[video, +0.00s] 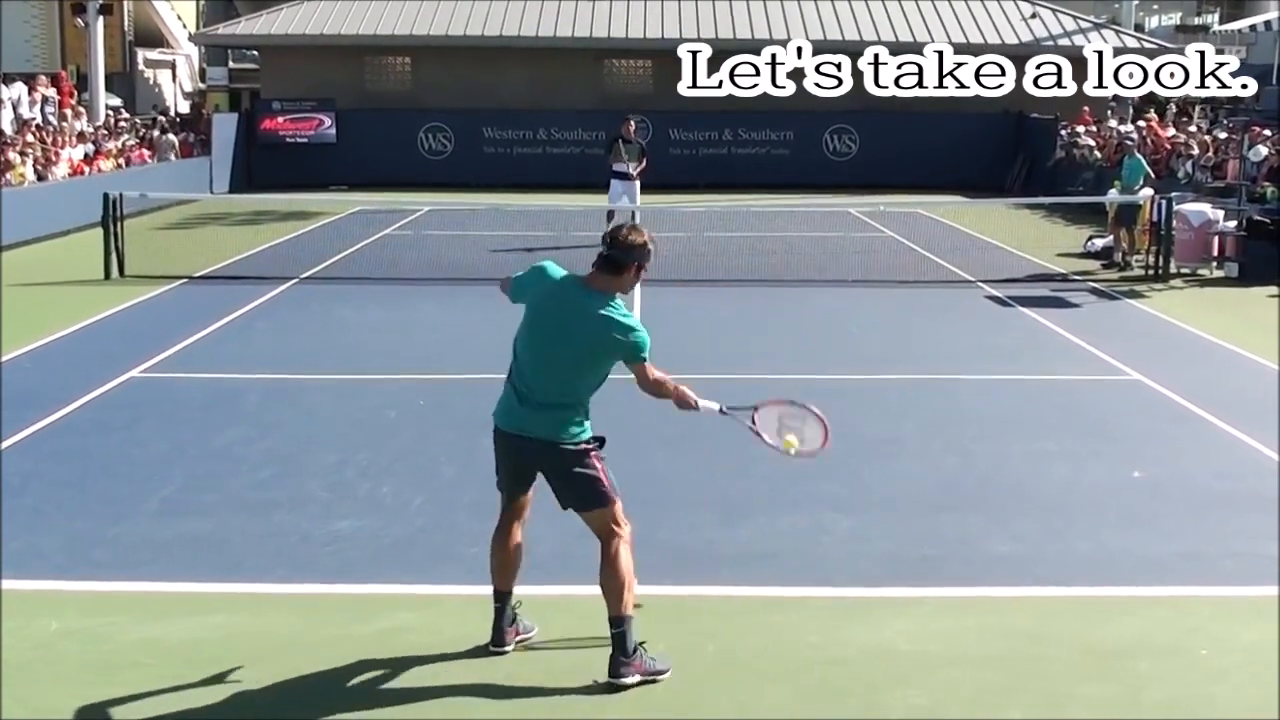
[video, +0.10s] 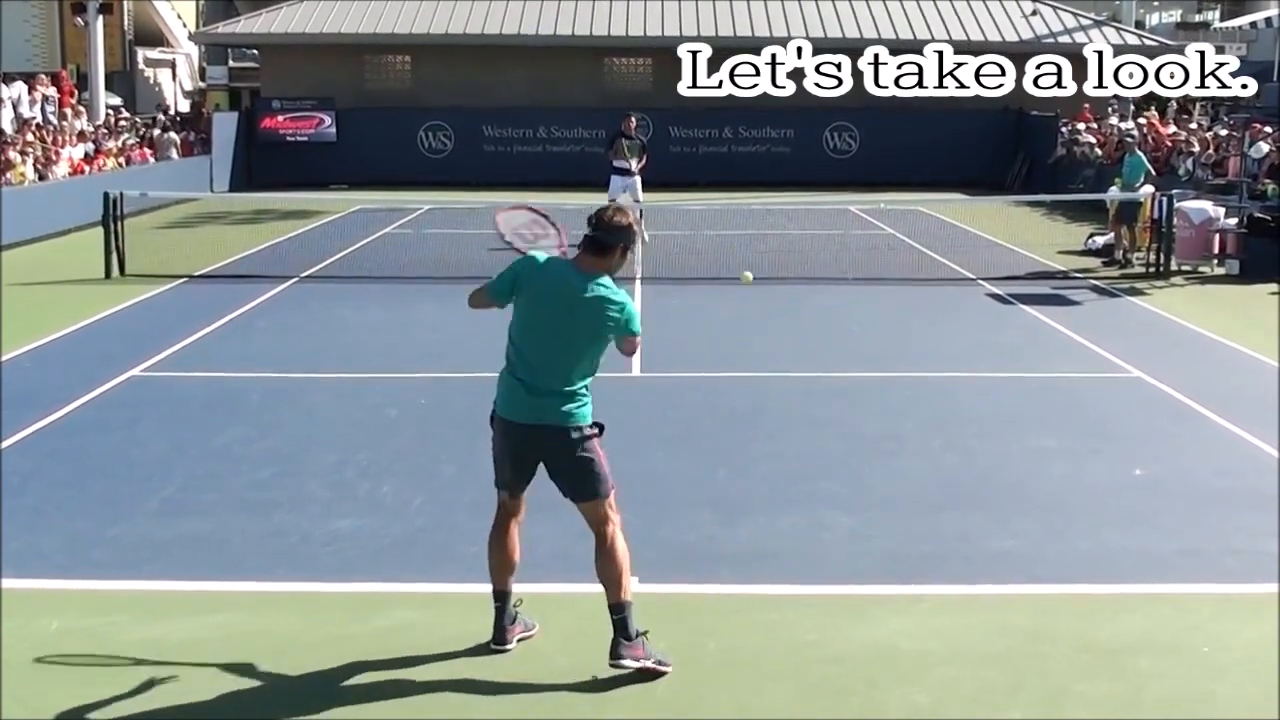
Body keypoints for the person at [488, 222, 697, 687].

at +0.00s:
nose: (642, 277)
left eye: (643, 270)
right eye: (643, 271)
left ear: (601, 256)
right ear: (632, 272)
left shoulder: (545, 276)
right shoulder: (623, 327)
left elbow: (507, 287)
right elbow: (647, 378)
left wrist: (560, 294)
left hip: (510, 429)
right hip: (565, 439)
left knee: (511, 514)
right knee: (615, 534)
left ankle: (502, 624)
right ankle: (625, 656)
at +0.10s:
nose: (626, 260)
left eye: (626, 253)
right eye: (628, 253)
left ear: (585, 237)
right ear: (622, 253)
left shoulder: (531, 267)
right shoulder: (613, 300)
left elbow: (477, 300)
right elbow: (629, 346)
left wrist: (523, 285)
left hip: (512, 418)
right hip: (568, 425)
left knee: (508, 511)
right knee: (606, 526)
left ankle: (503, 623)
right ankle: (626, 640)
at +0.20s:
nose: (611, 240)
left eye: (605, 231)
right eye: (612, 234)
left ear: (570, 224)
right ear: (608, 235)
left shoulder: (524, 262)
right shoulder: (611, 283)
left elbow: (473, 318)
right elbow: (575, 304)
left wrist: (490, 275)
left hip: (514, 408)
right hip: (571, 412)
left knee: (510, 510)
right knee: (601, 517)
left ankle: (504, 621)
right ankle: (623, 624)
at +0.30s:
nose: (600, 223)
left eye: (595, 216)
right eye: (600, 218)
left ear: (554, 217)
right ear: (594, 223)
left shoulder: (525, 263)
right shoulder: (603, 264)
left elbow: (494, 331)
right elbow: (551, 250)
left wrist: (469, 287)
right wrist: (488, 240)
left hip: (519, 405)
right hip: (576, 403)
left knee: (510, 507)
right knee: (601, 506)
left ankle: (505, 617)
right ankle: (621, 612)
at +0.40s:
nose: (577, 215)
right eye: (579, 209)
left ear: (540, 213)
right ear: (579, 214)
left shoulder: (530, 260)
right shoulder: (592, 255)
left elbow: (520, 333)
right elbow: (530, 254)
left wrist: (470, 301)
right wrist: (474, 246)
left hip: (525, 405)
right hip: (578, 402)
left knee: (513, 507)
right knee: (604, 504)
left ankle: (507, 614)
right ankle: (626, 604)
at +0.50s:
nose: (539, 214)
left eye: (537, 207)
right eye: (565, 207)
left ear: (532, 212)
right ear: (573, 214)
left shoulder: (534, 259)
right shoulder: (587, 256)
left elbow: (536, 333)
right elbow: (524, 278)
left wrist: (475, 313)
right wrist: (477, 272)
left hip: (534, 406)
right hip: (586, 400)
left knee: (517, 506)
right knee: (612, 498)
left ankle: (510, 613)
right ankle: (645, 590)